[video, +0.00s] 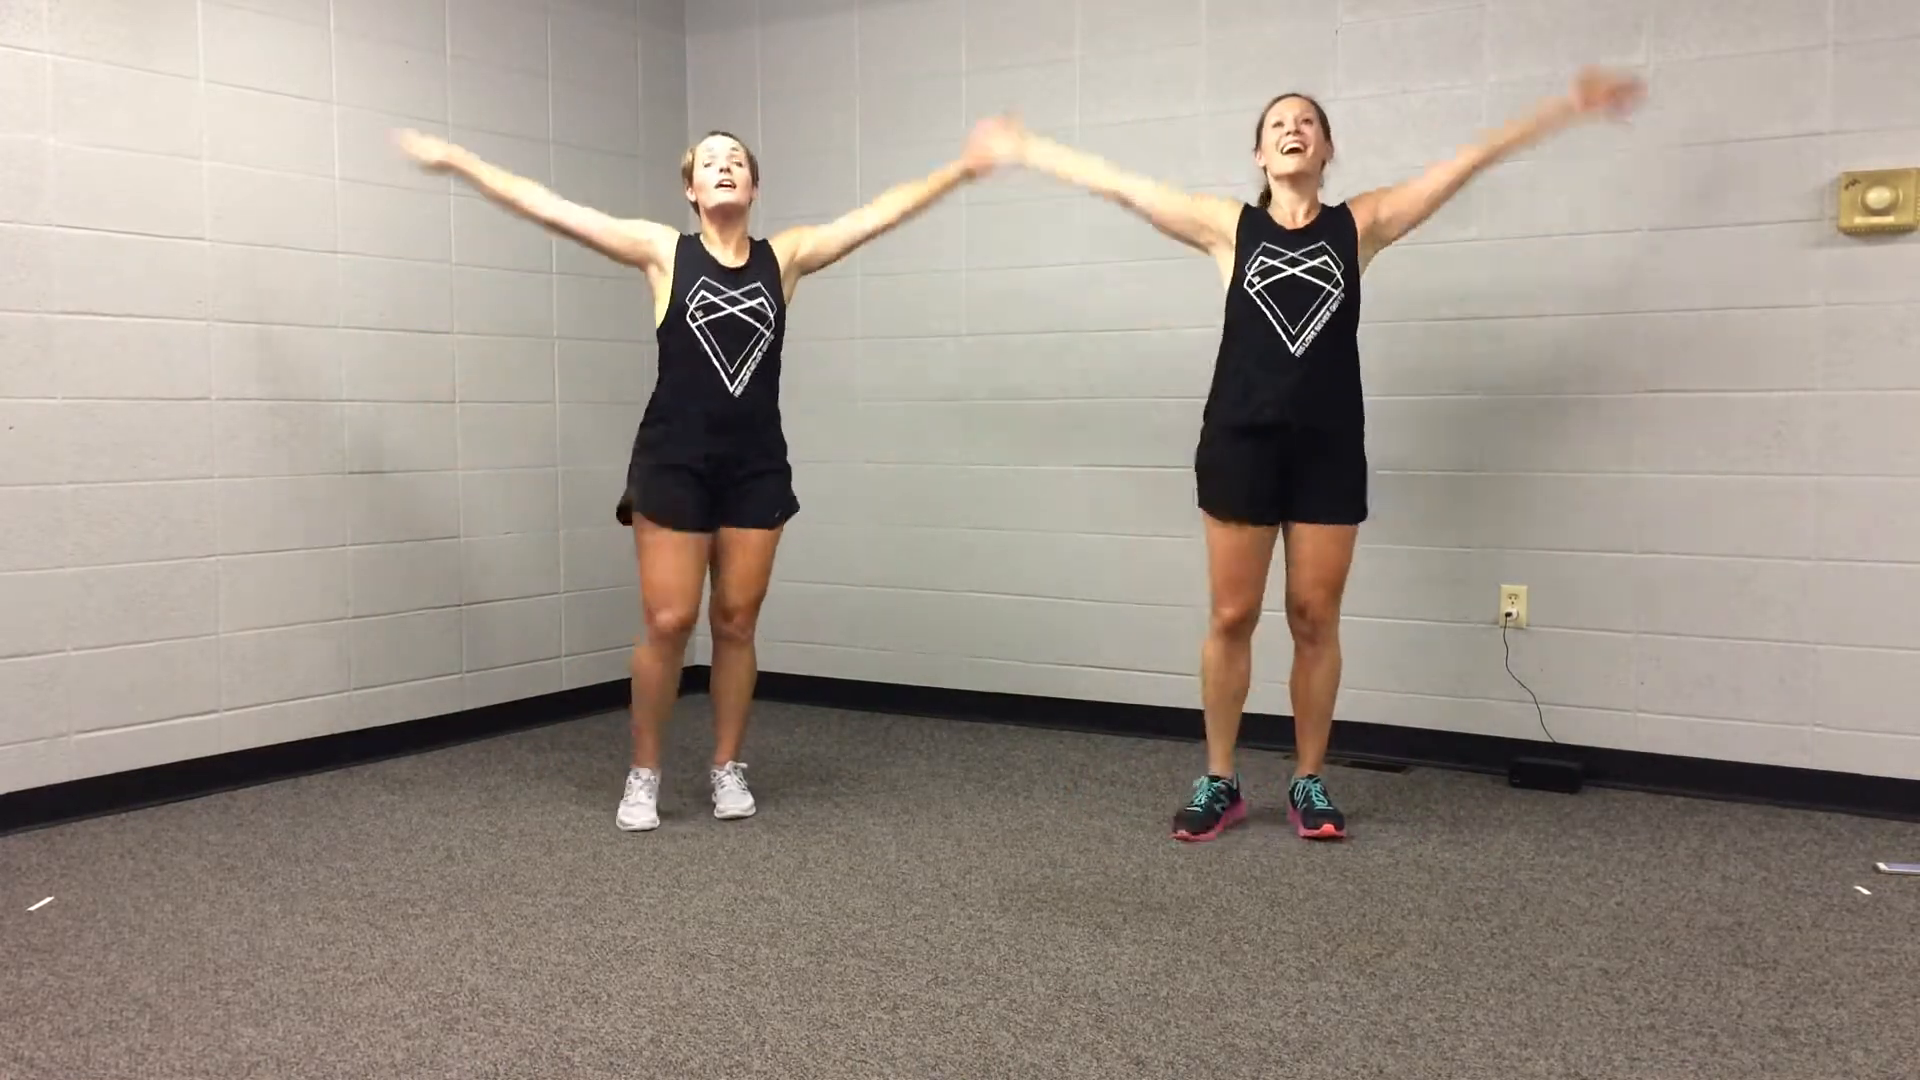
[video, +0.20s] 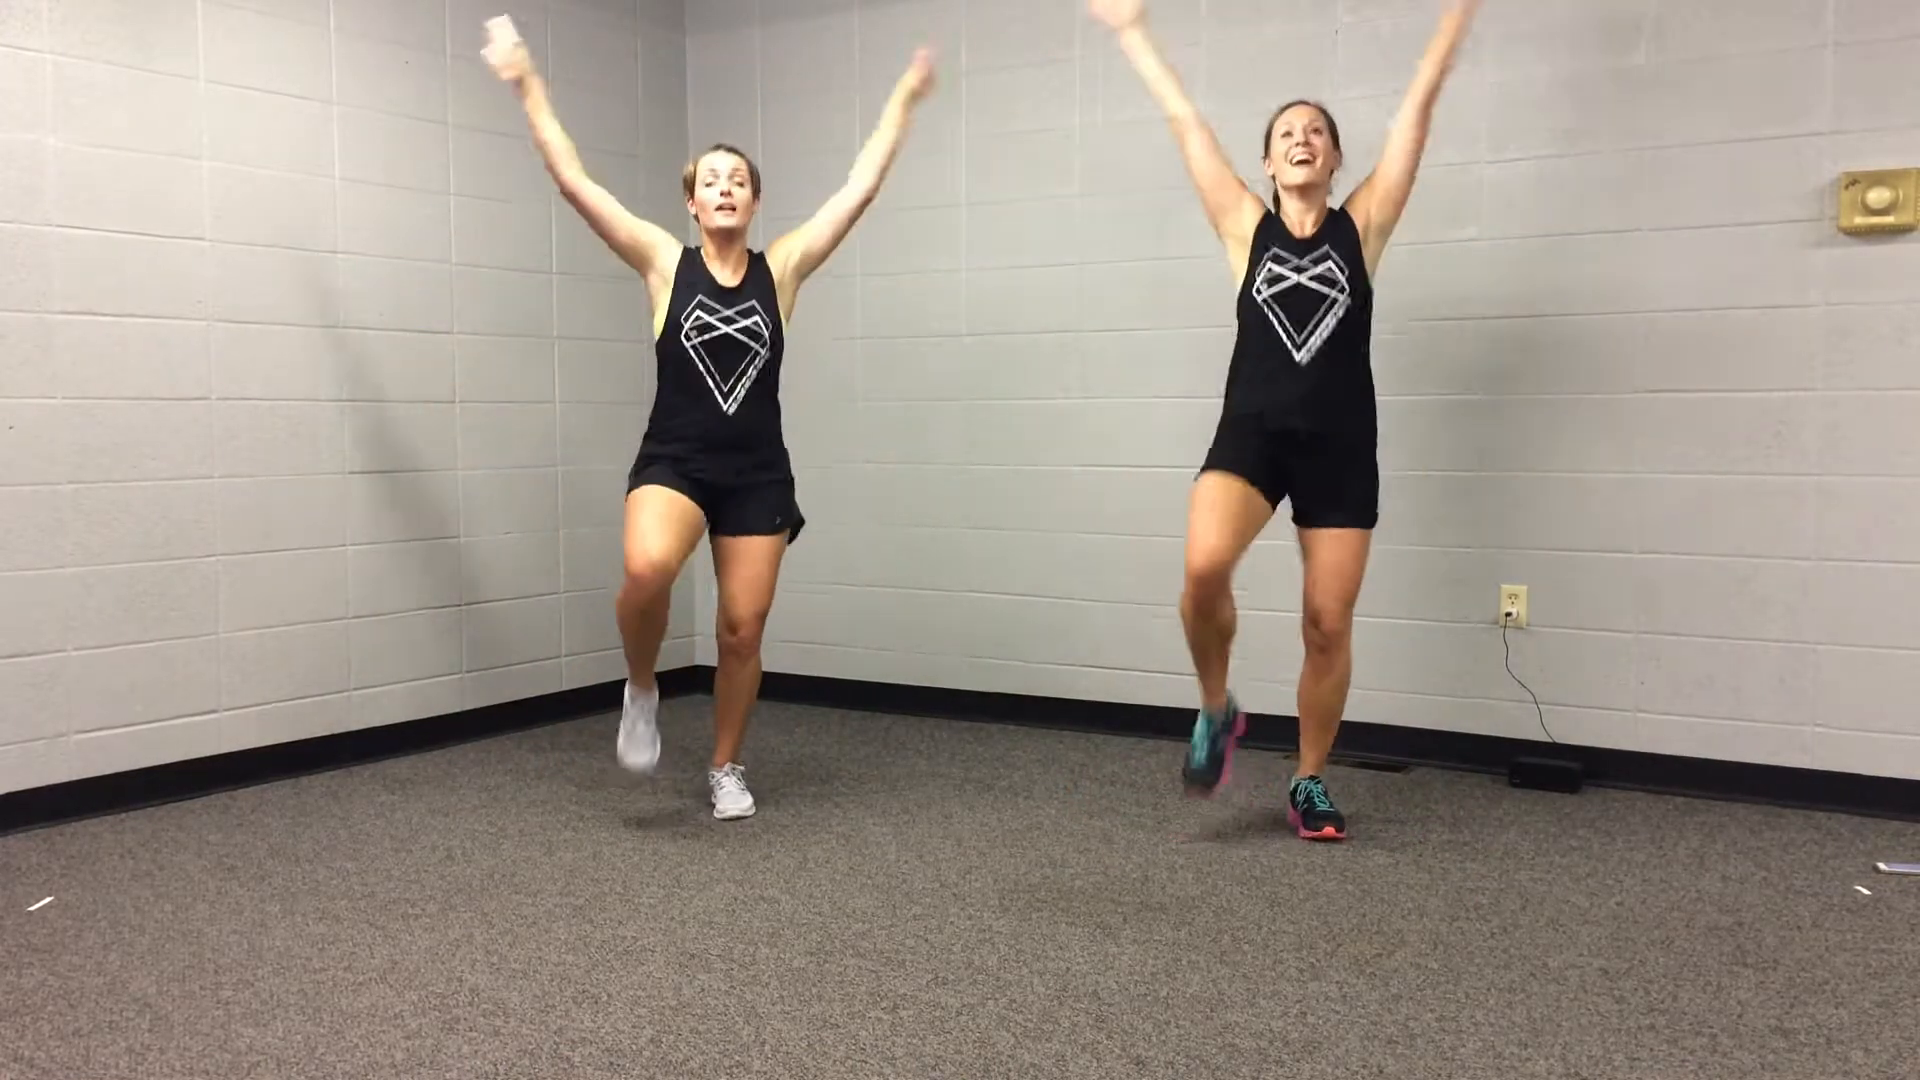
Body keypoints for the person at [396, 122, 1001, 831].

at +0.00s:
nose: (724, 167)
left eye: (736, 161)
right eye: (709, 163)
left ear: (755, 188)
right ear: (689, 192)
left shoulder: (785, 255)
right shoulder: (663, 250)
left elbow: (877, 214)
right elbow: (554, 209)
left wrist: (962, 168)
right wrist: (461, 160)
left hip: (756, 467)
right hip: (672, 465)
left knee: (736, 621)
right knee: (669, 621)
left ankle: (727, 768)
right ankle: (645, 774)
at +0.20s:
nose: (726, 192)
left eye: (738, 183)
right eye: (713, 182)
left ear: (756, 201)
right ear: (690, 200)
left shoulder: (782, 267)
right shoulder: (664, 261)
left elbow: (861, 187)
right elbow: (574, 180)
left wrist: (904, 99)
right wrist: (527, 81)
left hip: (756, 473)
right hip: (674, 465)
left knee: (743, 628)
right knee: (645, 573)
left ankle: (726, 765)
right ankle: (641, 697)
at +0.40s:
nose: (723, 182)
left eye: (734, 173)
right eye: (709, 172)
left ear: (753, 188)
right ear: (689, 189)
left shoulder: (779, 257)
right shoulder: (661, 252)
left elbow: (855, 212)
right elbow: (574, 203)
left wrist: (813, 119)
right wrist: (629, 118)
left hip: (751, 459)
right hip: (668, 452)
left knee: (732, 618)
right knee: (648, 598)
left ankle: (722, 765)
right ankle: (639, 746)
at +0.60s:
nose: (720, 198)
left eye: (733, 187)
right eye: (708, 186)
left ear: (752, 197)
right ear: (689, 196)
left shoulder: (779, 272)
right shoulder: (661, 269)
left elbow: (817, 342)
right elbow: (586, 317)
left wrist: (751, 279)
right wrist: (680, 249)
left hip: (749, 467)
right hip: (667, 462)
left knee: (733, 623)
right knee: (643, 609)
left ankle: (724, 767)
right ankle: (633, 764)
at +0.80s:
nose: (719, 213)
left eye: (732, 201)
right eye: (707, 200)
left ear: (751, 209)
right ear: (689, 207)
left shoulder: (779, 287)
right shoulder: (653, 277)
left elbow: (778, 383)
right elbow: (558, 334)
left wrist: (703, 318)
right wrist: (589, 271)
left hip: (747, 473)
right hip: (665, 463)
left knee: (737, 630)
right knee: (636, 566)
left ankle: (724, 767)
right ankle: (641, 686)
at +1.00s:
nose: (712, 206)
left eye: (725, 193)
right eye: (700, 193)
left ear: (745, 199)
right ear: (681, 196)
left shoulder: (771, 266)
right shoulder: (646, 260)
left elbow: (748, 358)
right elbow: (549, 289)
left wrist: (660, 318)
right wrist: (504, 223)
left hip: (735, 468)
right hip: (654, 465)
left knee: (722, 621)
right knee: (655, 626)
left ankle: (725, 766)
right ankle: (654, 772)